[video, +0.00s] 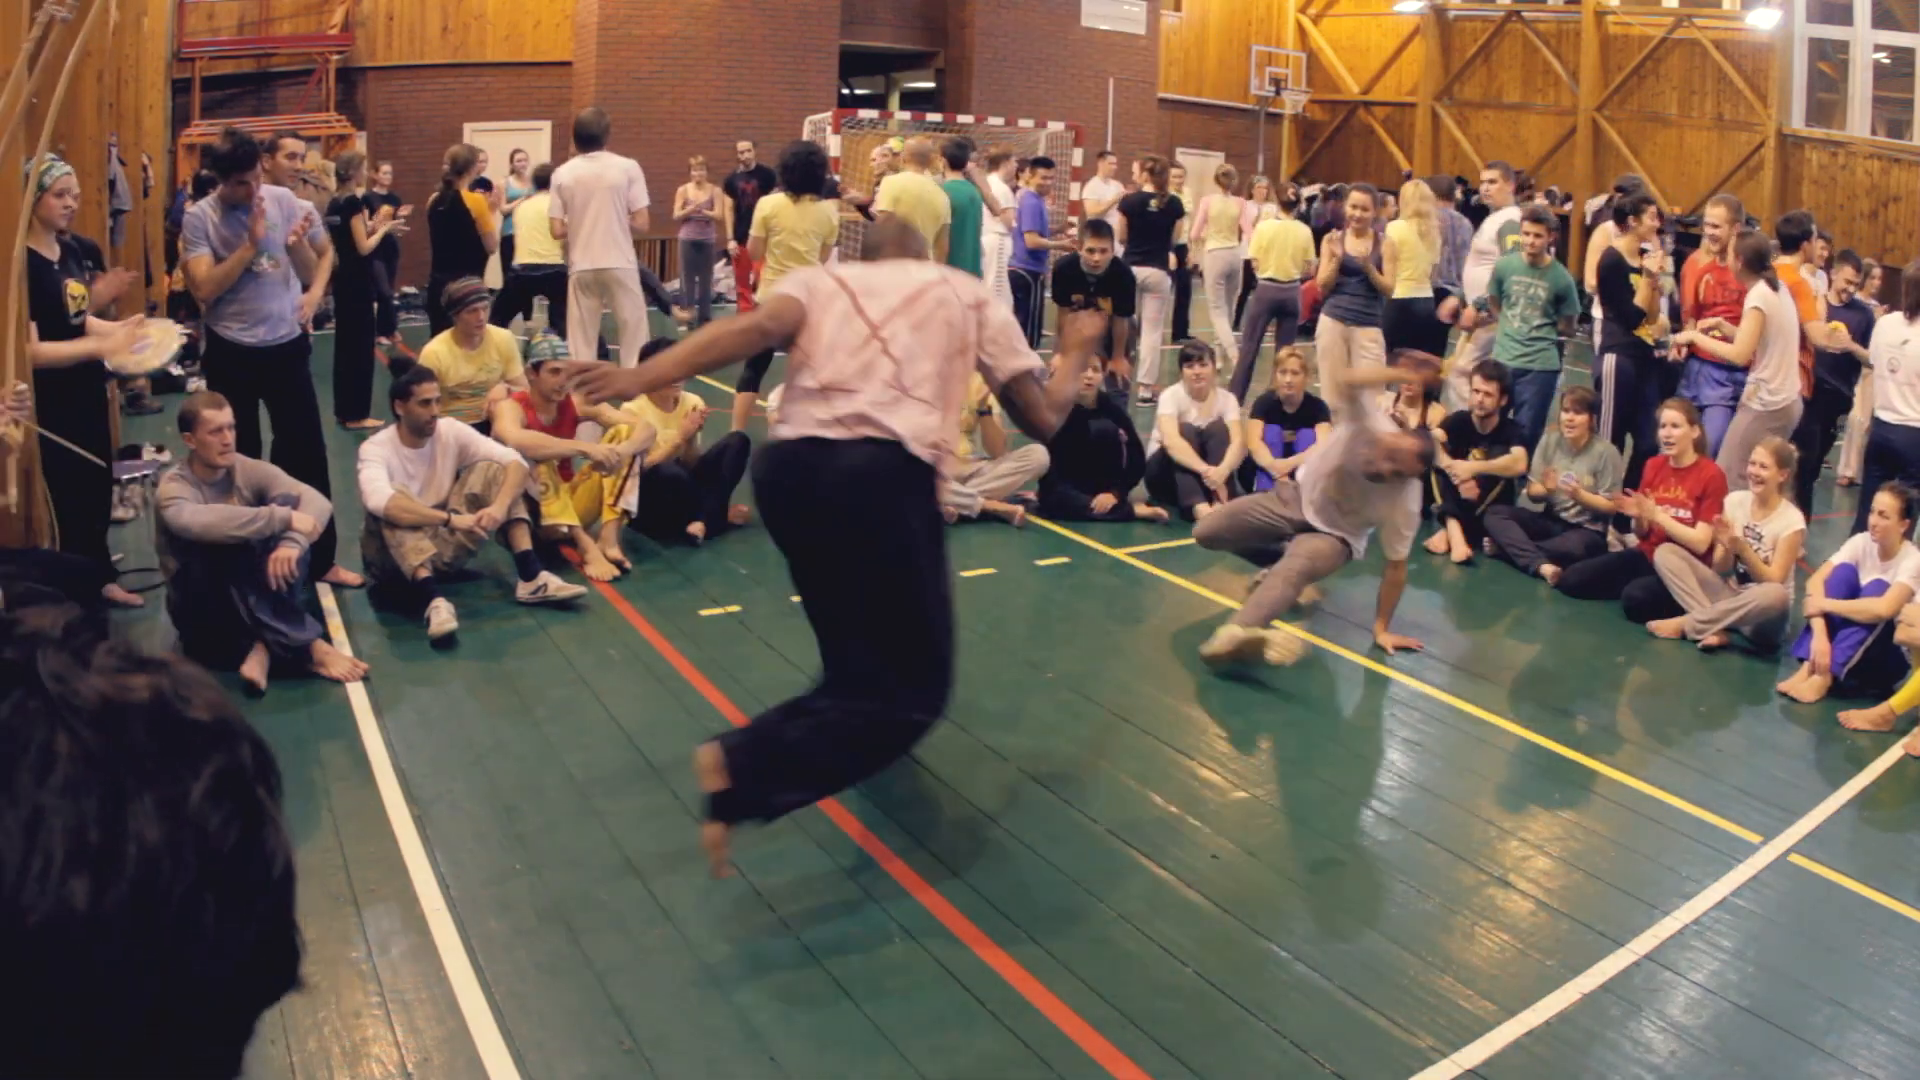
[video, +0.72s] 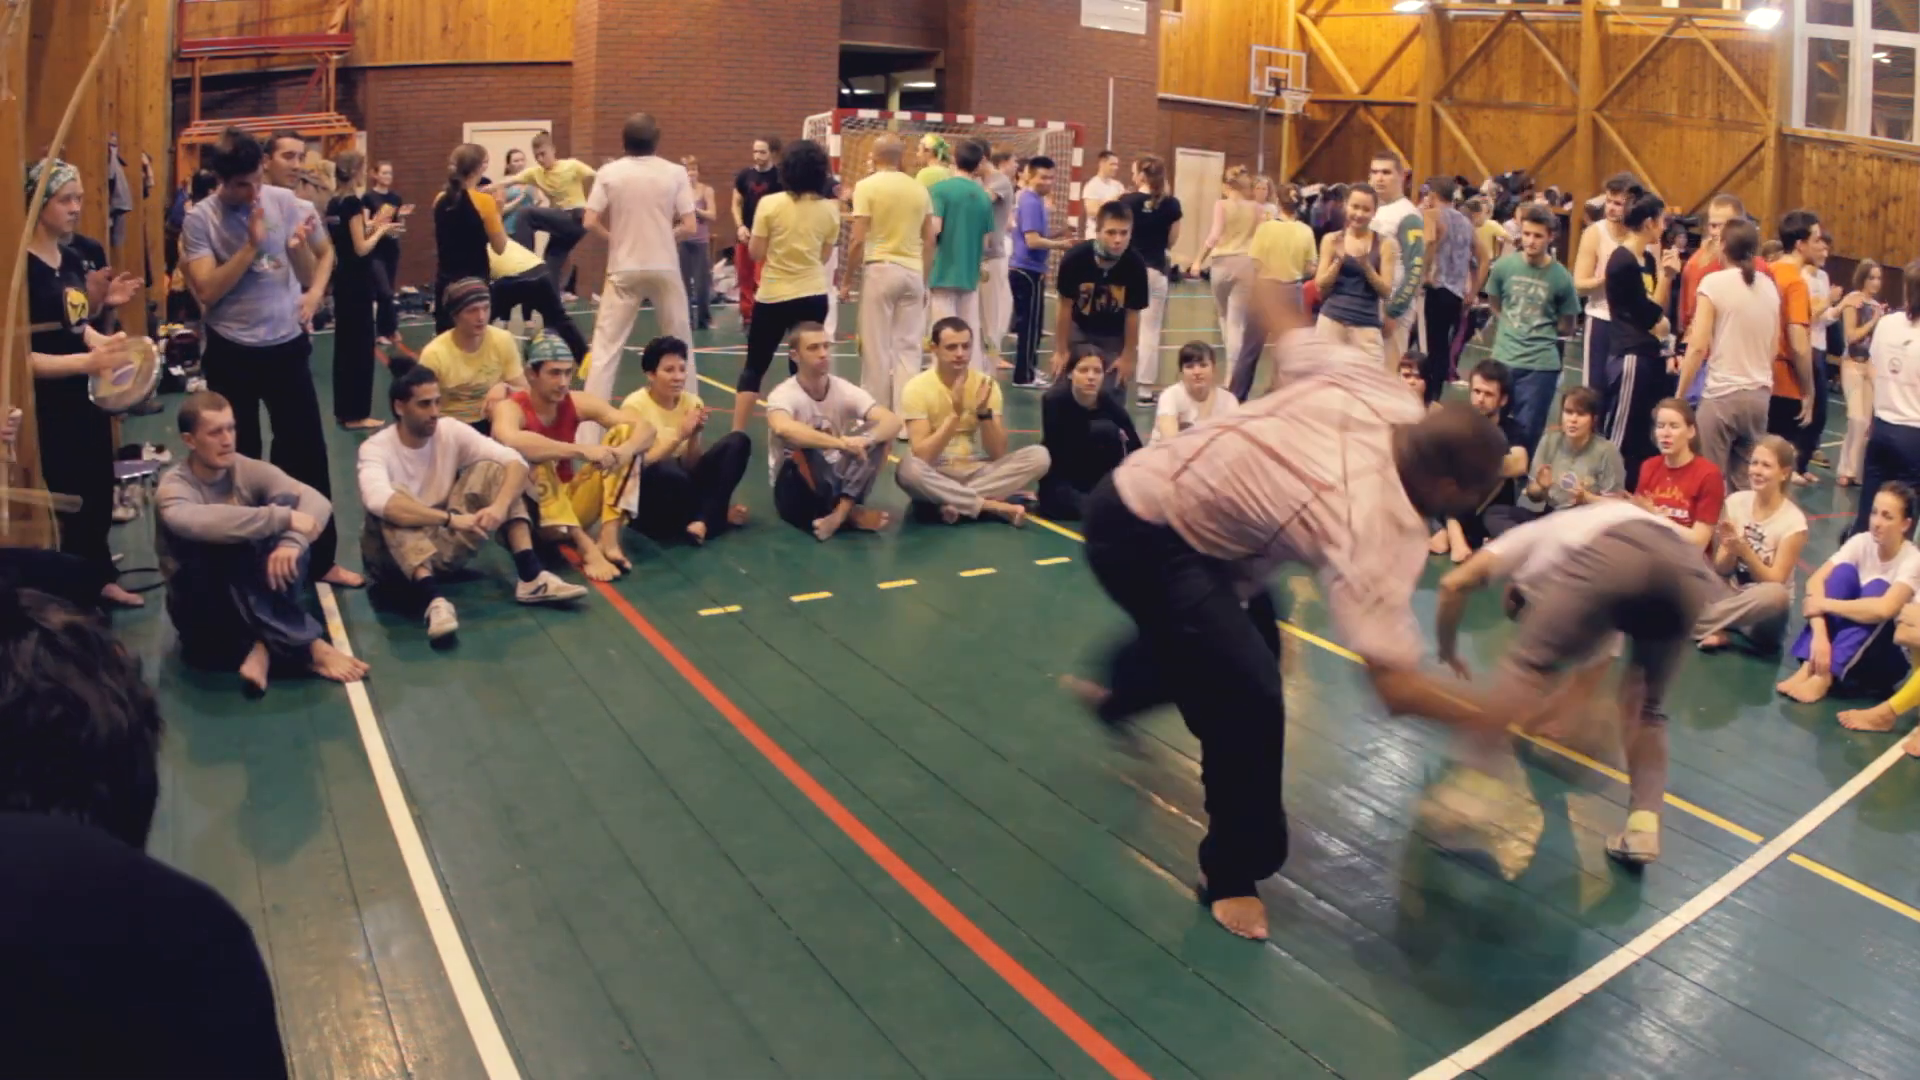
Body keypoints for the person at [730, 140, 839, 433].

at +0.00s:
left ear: (783, 171)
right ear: (821, 174)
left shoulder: (768, 204)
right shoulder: (828, 211)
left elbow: (755, 251)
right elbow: (825, 255)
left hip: (772, 293)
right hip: (813, 294)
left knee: (755, 365)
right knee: (808, 368)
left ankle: (736, 434)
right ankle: (802, 439)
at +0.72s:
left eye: (780, 165)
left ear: (785, 170)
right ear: (822, 172)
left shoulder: (769, 204)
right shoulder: (830, 209)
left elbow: (757, 251)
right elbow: (825, 254)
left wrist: (748, 235)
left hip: (773, 299)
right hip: (814, 297)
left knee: (754, 367)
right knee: (809, 366)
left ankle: (737, 434)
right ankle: (811, 434)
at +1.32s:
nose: (777, 166)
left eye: (781, 162)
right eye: (778, 161)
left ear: (788, 167)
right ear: (823, 169)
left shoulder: (773, 202)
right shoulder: (832, 206)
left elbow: (752, 248)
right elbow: (827, 255)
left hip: (775, 297)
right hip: (814, 296)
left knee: (756, 364)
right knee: (806, 364)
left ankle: (740, 434)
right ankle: (807, 431)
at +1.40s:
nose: (778, 166)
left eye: (782, 161)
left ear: (788, 166)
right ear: (824, 168)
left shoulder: (774, 201)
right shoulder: (832, 206)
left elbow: (753, 247)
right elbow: (826, 253)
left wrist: (752, 218)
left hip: (774, 295)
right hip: (813, 295)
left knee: (757, 367)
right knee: (805, 367)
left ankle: (747, 439)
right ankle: (804, 439)